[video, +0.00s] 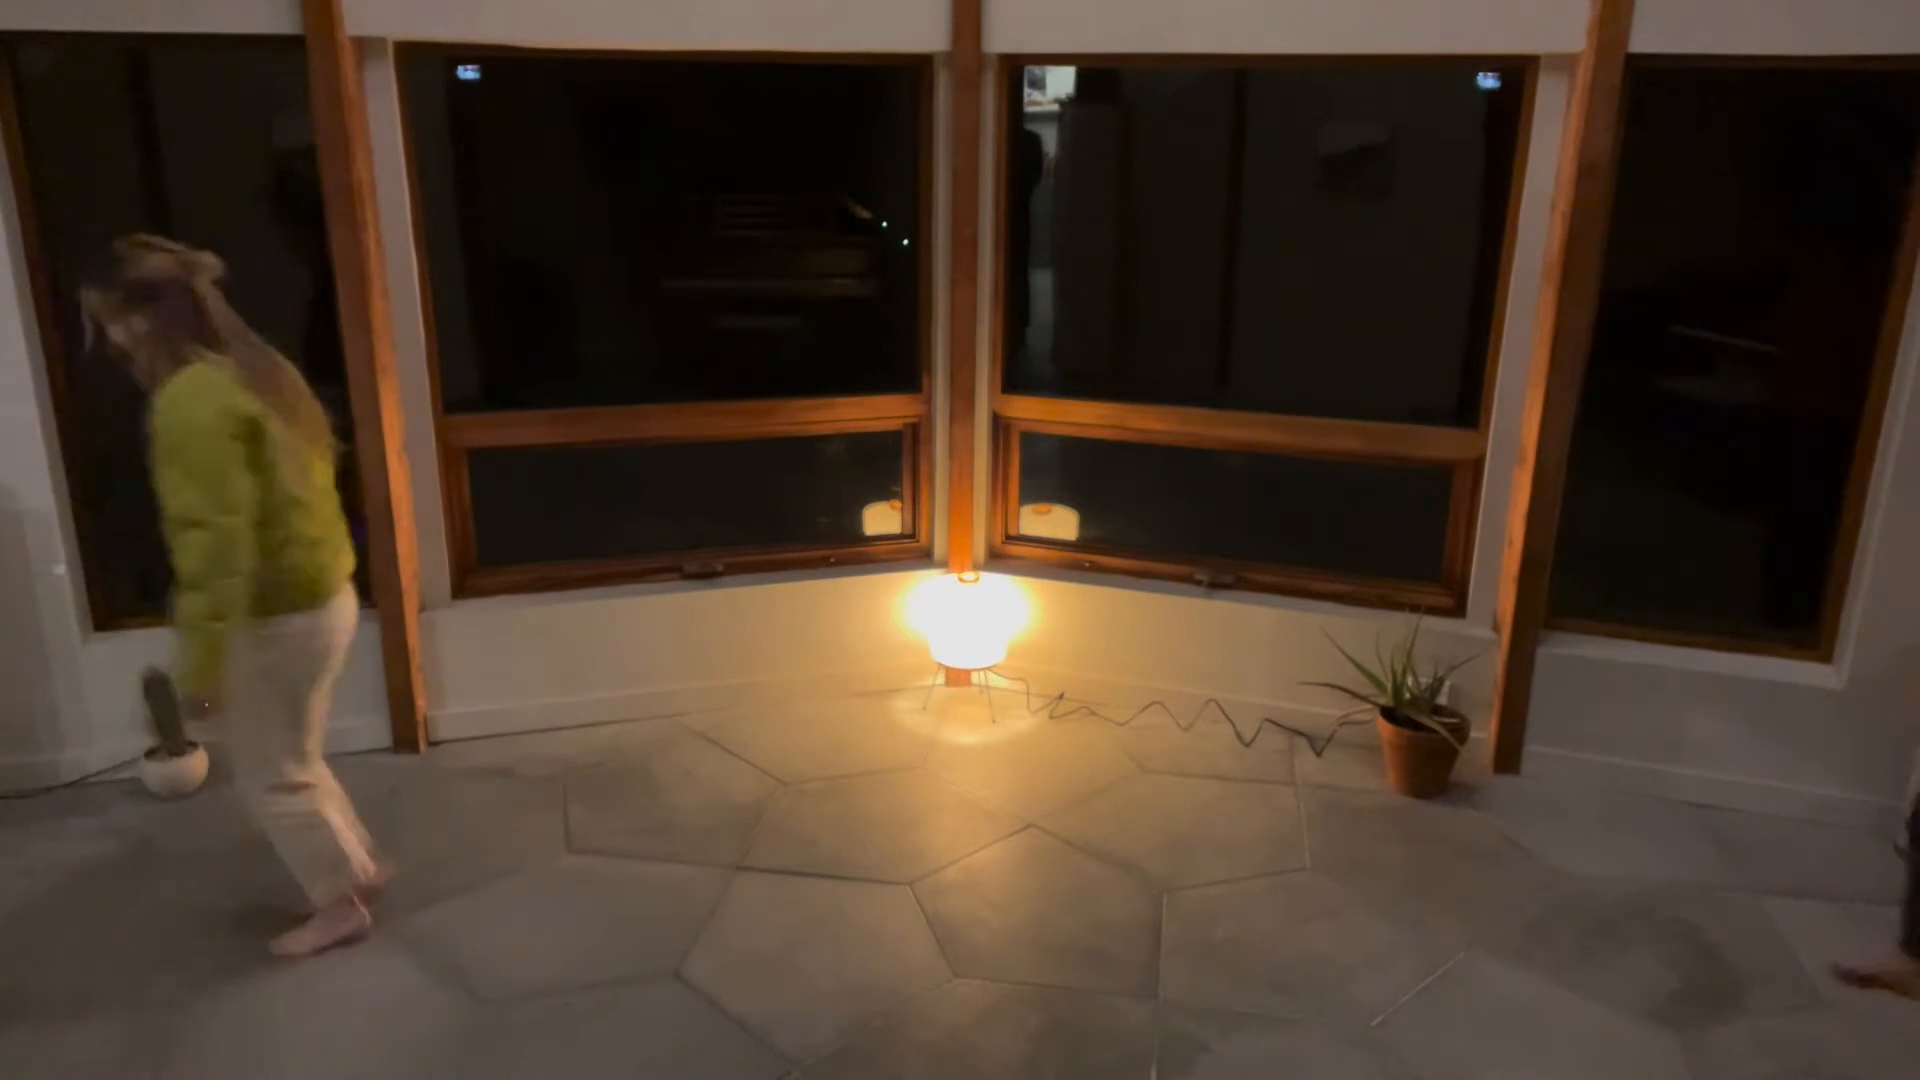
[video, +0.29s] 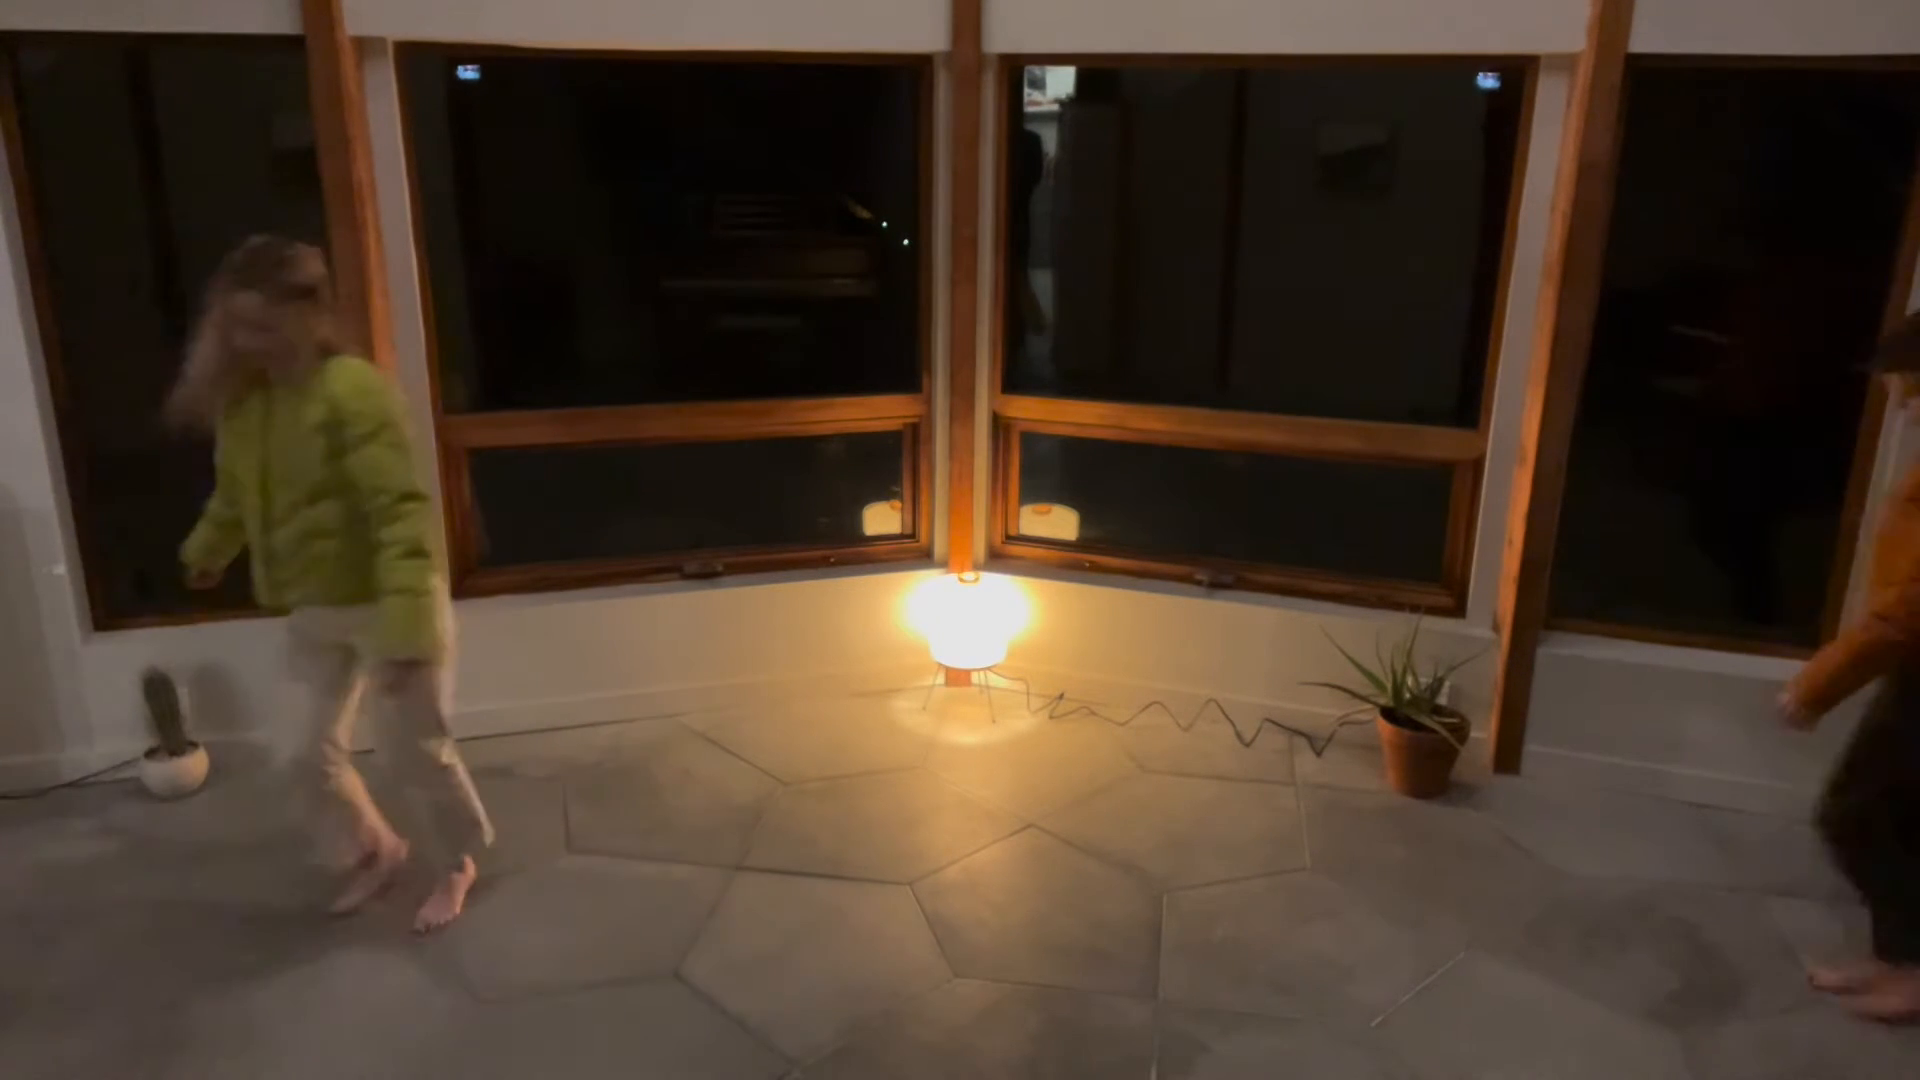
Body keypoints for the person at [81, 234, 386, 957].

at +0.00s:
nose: (111, 343)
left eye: (112, 326)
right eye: (105, 329)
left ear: (146, 318)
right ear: (181, 307)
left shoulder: (190, 400)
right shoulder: (256, 369)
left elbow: (213, 548)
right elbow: (308, 496)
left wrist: (201, 672)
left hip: (278, 616)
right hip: (324, 601)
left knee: (268, 772)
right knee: (298, 758)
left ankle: (337, 904)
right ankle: (357, 865)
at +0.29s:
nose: (247, 339)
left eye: (263, 324)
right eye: (236, 324)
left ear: (307, 320)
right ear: (221, 327)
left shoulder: (353, 390)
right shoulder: (242, 407)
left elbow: (403, 512)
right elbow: (235, 497)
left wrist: (409, 635)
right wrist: (202, 553)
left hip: (395, 600)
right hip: (315, 606)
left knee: (416, 748)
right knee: (312, 754)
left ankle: (457, 859)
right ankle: (376, 847)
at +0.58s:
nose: (388, 333)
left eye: (403, 317)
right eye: (375, 314)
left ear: (419, 314)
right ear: (340, 308)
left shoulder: (440, 380)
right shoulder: (277, 388)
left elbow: (507, 477)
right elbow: (221, 497)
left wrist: (562, 571)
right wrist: (158, 594)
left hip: (450, 594)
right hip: (352, 606)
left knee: (479, 735)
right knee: (387, 751)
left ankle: (480, 855)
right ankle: (415, 843)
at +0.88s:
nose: (491, 332)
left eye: (495, 318)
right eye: (480, 317)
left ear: (489, 314)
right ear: (434, 308)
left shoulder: (473, 375)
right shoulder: (355, 384)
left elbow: (511, 466)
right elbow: (315, 506)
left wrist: (564, 530)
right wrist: (310, 622)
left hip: (472, 595)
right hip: (397, 612)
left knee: (506, 731)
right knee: (433, 757)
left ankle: (463, 864)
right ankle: (402, 890)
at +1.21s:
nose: (545, 329)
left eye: (546, 312)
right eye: (538, 312)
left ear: (460, 304)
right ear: (502, 313)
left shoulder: (423, 372)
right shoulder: (475, 387)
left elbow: (409, 496)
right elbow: (511, 524)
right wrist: (590, 621)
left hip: (423, 595)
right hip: (453, 602)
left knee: (492, 742)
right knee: (509, 757)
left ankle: (472, 886)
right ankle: (424, 896)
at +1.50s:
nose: (592, 311)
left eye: (590, 298)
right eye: (587, 298)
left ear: (492, 292)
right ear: (565, 305)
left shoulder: (427, 368)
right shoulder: (565, 386)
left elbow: (393, 487)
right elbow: (619, 507)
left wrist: (378, 579)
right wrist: (693, 583)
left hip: (448, 601)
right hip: (523, 608)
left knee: (509, 747)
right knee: (554, 750)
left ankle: (513, 893)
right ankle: (513, 914)